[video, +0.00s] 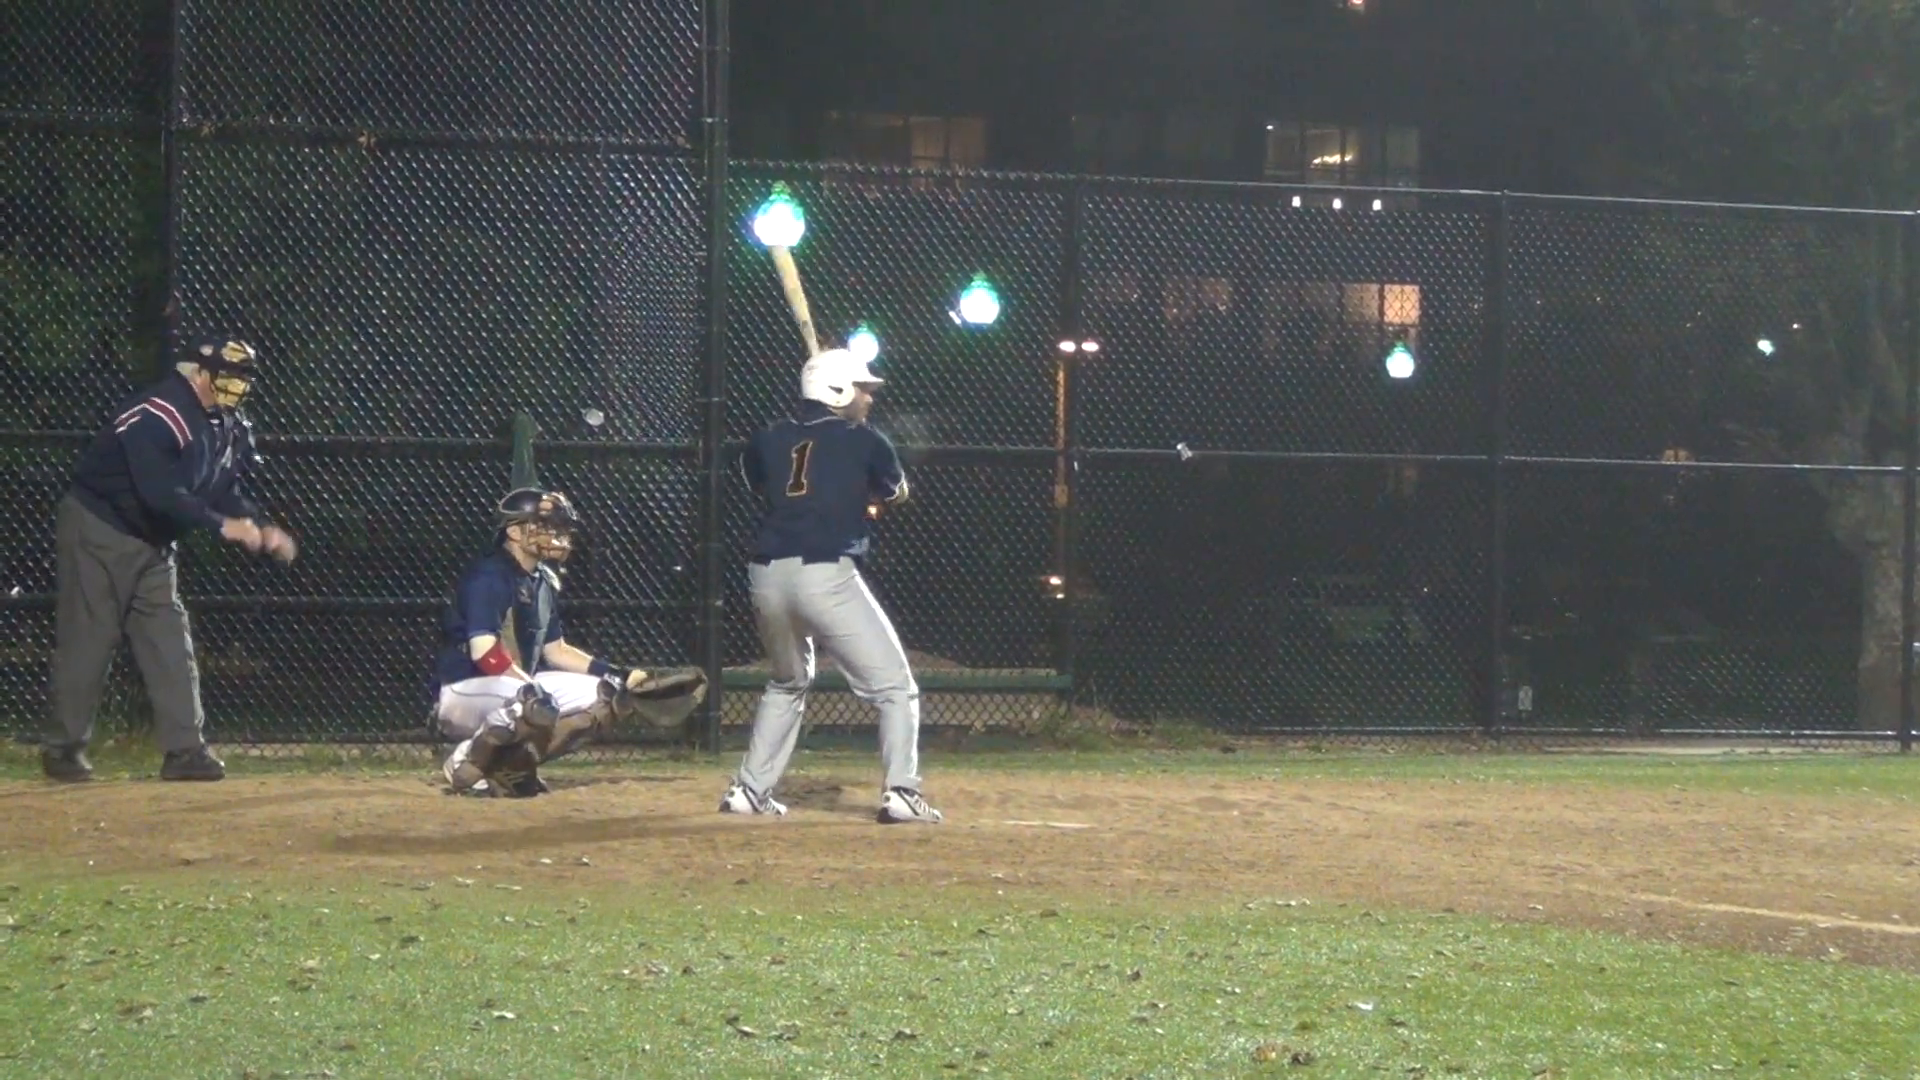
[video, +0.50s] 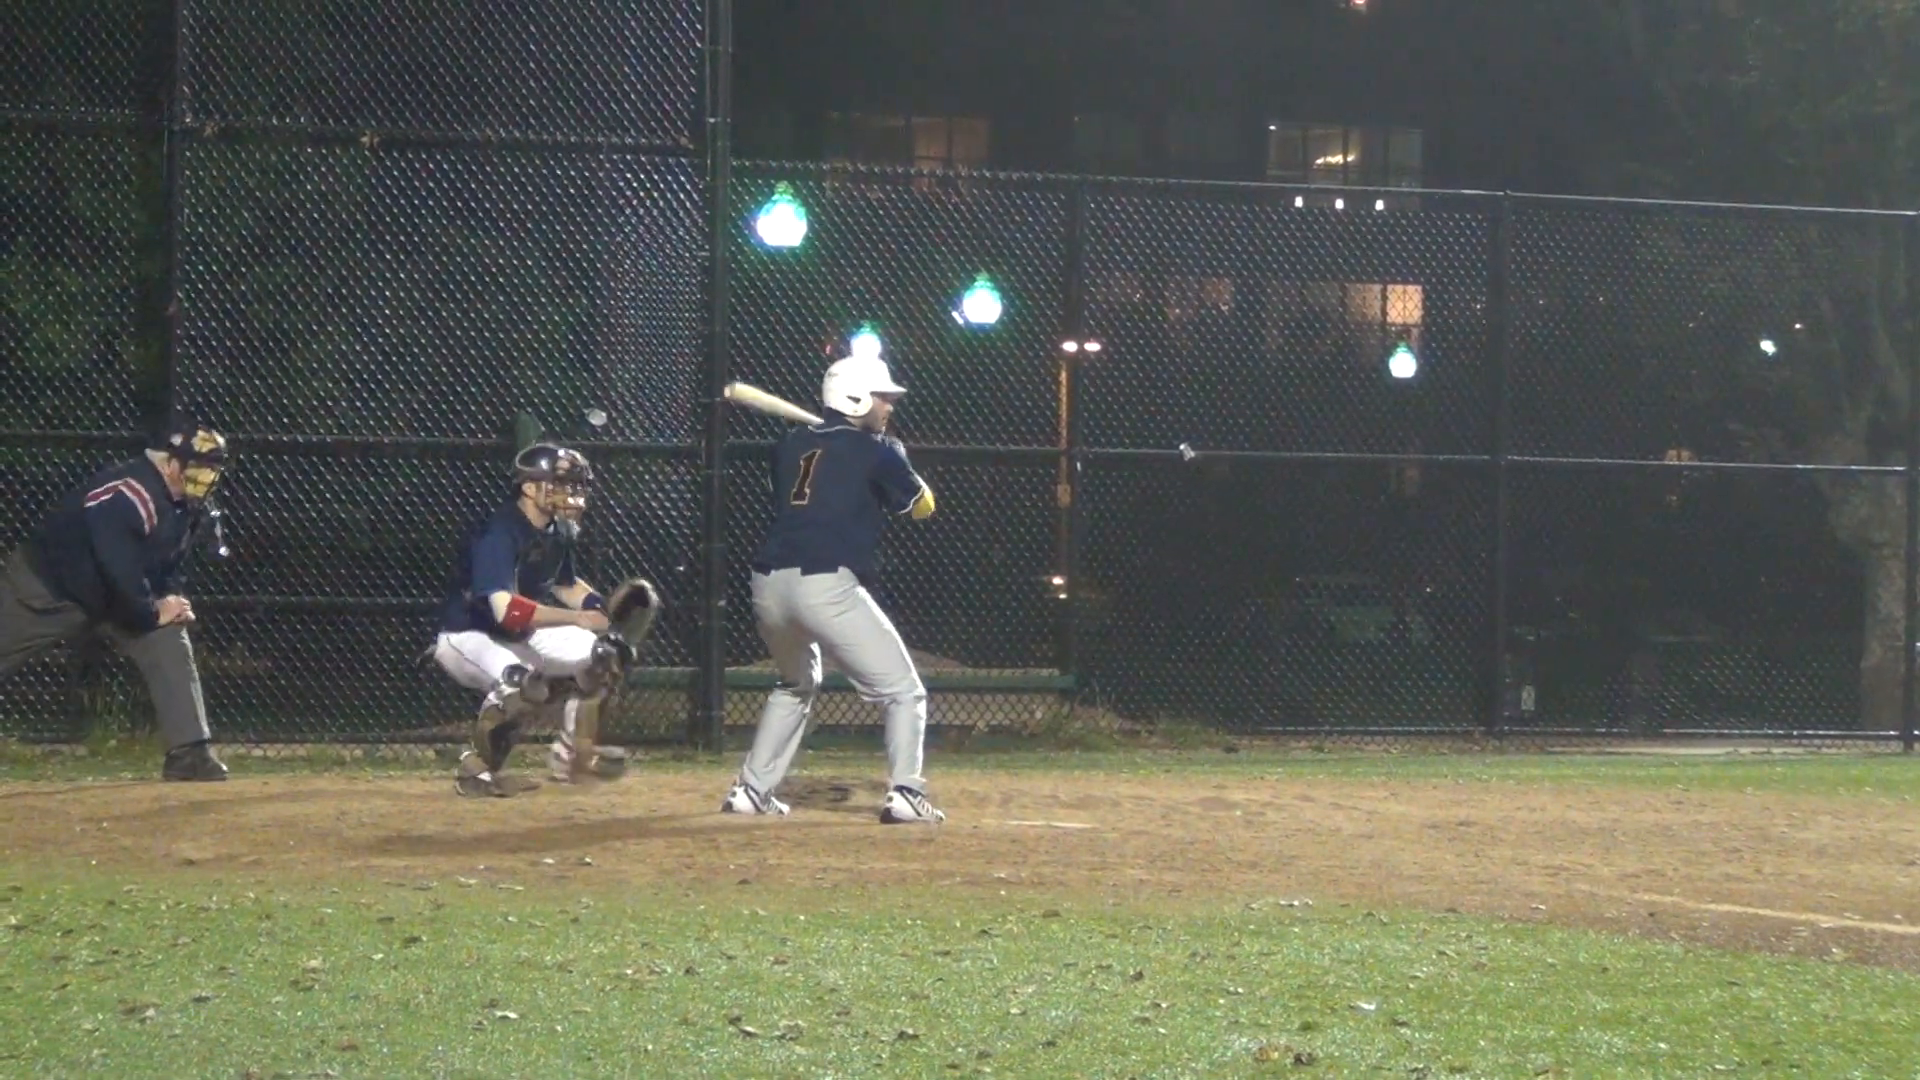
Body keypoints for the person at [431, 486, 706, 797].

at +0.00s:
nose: (552, 536)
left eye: (554, 529)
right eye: (542, 527)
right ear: (514, 533)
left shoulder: (540, 580)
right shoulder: (487, 576)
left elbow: (556, 650)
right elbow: (485, 653)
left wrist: (619, 675)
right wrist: (535, 693)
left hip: (515, 683)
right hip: (463, 691)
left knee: (606, 694)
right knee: (536, 705)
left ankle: (512, 766)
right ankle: (465, 767)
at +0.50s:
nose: (570, 494)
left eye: (572, 486)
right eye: (560, 486)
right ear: (530, 489)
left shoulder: (557, 530)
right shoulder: (499, 532)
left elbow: (566, 584)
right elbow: (509, 613)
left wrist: (602, 607)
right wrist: (578, 617)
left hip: (522, 634)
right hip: (466, 635)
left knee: (601, 656)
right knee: (522, 681)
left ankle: (573, 755)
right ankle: (477, 769)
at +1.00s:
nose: (590, 550)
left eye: (592, 543)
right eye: (580, 543)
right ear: (551, 546)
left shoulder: (587, 589)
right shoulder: (519, 584)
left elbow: (601, 634)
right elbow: (514, 646)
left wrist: (634, 638)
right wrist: (587, 643)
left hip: (554, 682)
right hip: (488, 690)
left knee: (638, 675)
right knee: (544, 682)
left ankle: (586, 764)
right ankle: (491, 773)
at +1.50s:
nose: (610, 557)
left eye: (611, 549)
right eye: (601, 549)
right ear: (570, 553)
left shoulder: (602, 598)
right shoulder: (532, 592)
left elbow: (641, 646)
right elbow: (481, 657)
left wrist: (685, 654)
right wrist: (472, 724)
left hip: (558, 694)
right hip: (500, 693)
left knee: (636, 683)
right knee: (556, 681)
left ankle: (588, 765)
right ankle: (497, 773)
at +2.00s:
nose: (620, 560)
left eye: (622, 552)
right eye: (610, 550)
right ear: (581, 553)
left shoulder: (611, 602)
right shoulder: (543, 591)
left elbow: (647, 655)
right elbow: (489, 659)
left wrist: (684, 661)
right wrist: (489, 728)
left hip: (569, 691)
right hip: (508, 692)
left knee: (646, 686)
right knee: (561, 686)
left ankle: (591, 764)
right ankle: (495, 767)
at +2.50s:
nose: (623, 569)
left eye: (626, 561)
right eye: (615, 560)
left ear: (627, 563)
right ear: (586, 561)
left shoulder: (616, 607)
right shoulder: (542, 598)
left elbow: (671, 645)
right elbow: (486, 662)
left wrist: (707, 667)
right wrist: (489, 733)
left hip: (571, 695)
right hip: (509, 696)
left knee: (648, 693)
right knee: (566, 683)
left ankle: (593, 764)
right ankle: (501, 771)